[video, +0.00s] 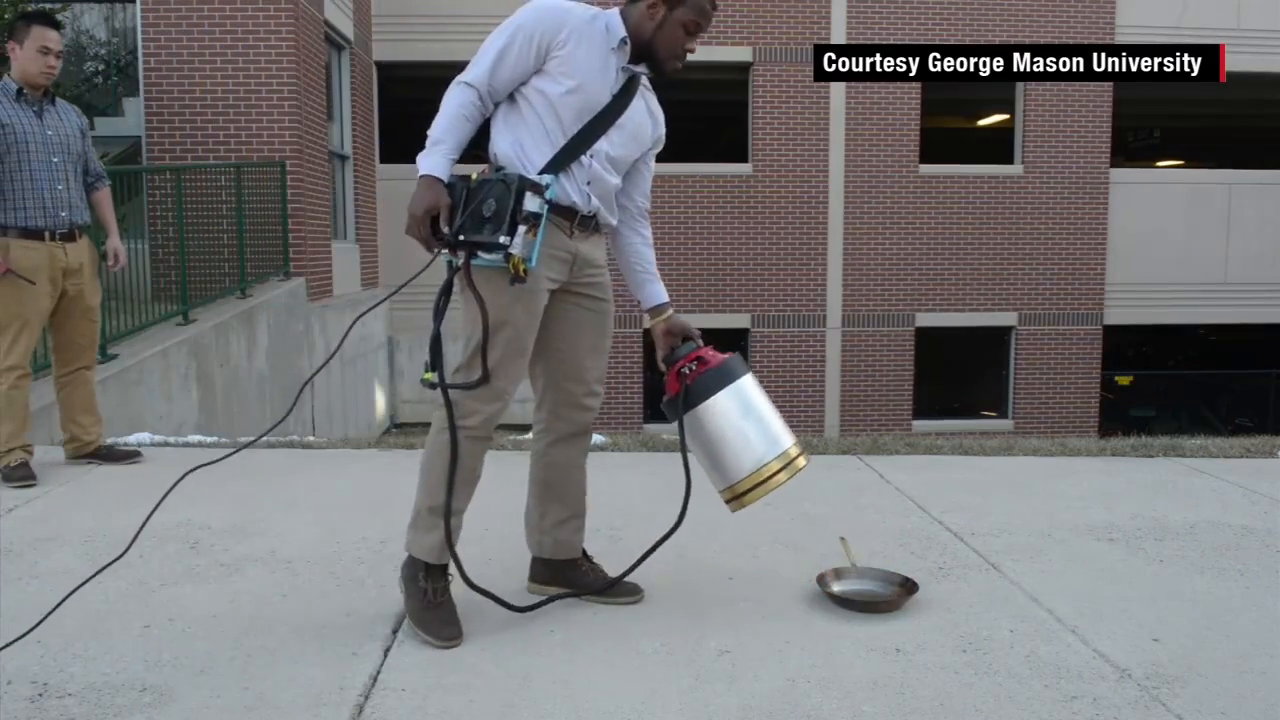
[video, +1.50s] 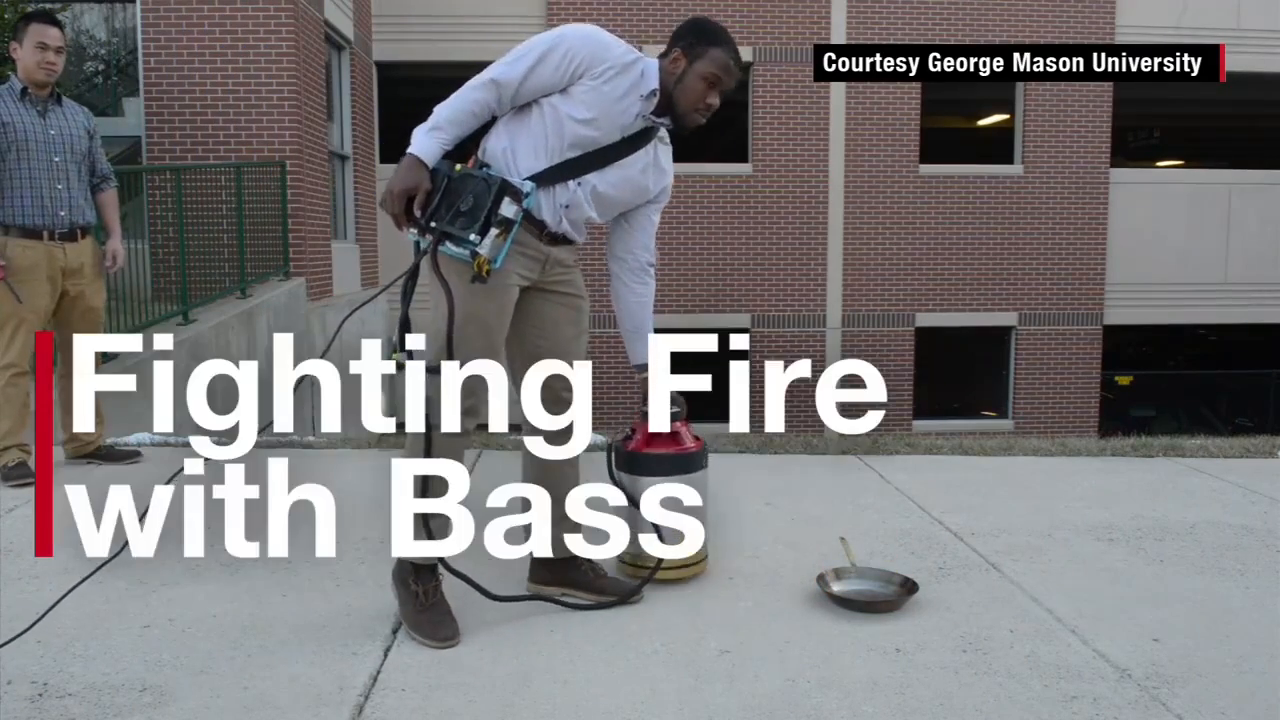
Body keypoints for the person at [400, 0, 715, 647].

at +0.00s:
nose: (693, 46)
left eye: (700, 35)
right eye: (690, 28)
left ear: (663, 18)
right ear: (651, 7)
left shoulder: (649, 117)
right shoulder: (561, 22)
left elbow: (630, 220)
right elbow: (473, 88)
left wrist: (659, 307)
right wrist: (432, 175)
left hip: (588, 253)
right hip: (512, 236)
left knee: (572, 408)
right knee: (475, 403)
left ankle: (556, 557)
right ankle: (427, 562)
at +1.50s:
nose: (713, 105)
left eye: (724, 98)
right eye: (710, 85)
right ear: (674, 59)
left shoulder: (655, 171)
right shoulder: (593, 52)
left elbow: (635, 271)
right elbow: (491, 89)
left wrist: (651, 369)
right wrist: (418, 158)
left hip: (556, 258)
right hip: (484, 231)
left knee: (558, 411)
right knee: (465, 408)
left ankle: (555, 557)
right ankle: (419, 565)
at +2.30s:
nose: (668, 42)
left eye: (678, 33)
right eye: (659, 25)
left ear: (680, 37)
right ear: (623, 14)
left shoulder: (641, 134)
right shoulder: (546, 38)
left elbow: (631, 234)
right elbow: (455, 95)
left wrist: (644, 327)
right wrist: (401, 175)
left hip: (554, 255)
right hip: (479, 237)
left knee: (554, 409)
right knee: (455, 409)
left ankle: (557, 556)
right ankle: (401, 556)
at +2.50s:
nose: (611, 9)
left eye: (615, 3)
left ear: (613, 17)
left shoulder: (605, 103)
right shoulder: (490, 32)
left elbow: (601, 203)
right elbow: (410, 108)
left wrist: (608, 287)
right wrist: (374, 195)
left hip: (542, 252)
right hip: (464, 243)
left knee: (548, 408)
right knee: (442, 409)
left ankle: (555, 554)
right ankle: (386, 555)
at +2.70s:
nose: (527, 0)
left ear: (534, 6)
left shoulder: (542, 83)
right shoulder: (412, 36)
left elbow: (546, 185)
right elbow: (346, 124)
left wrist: (560, 266)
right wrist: (329, 212)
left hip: (514, 251)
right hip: (427, 248)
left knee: (532, 410)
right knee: (411, 414)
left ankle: (555, 553)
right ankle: (383, 562)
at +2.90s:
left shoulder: (478, 60)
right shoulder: (351, 30)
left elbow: (483, 160)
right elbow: (291, 127)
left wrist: (501, 247)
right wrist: (286, 222)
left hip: (468, 245)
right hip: (387, 248)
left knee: (500, 399)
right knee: (386, 413)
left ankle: (521, 547)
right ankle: (380, 563)